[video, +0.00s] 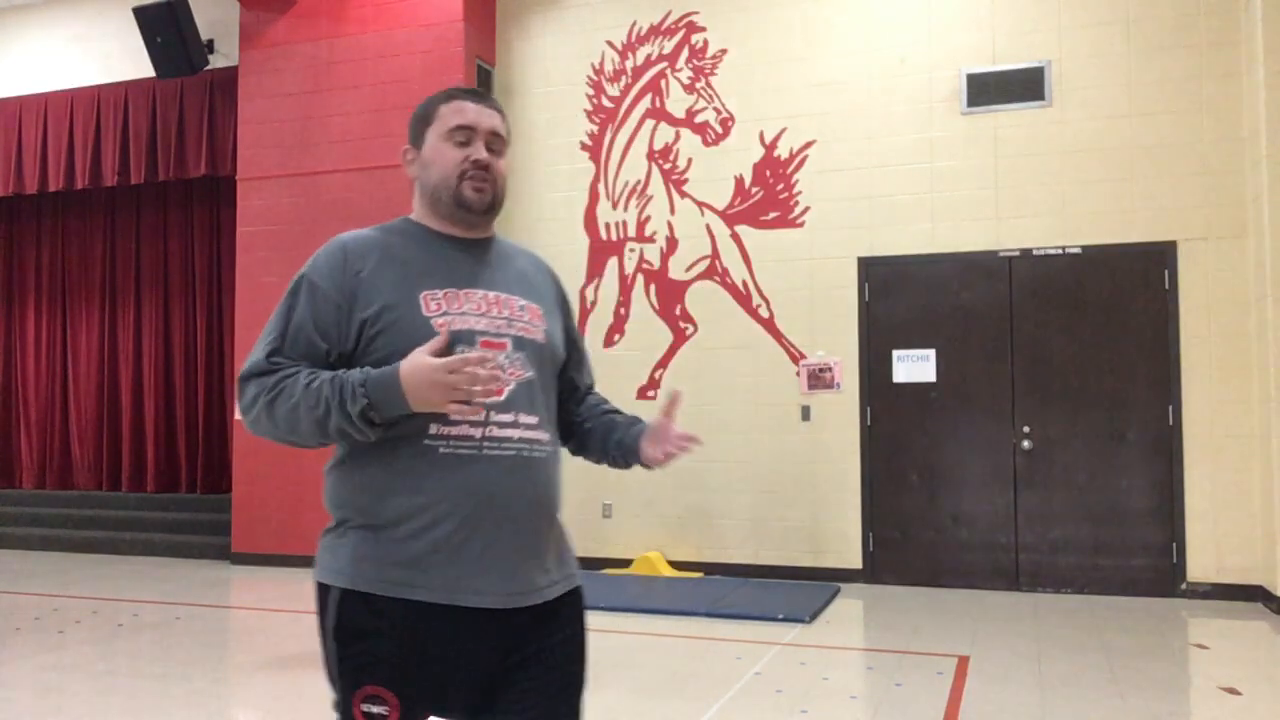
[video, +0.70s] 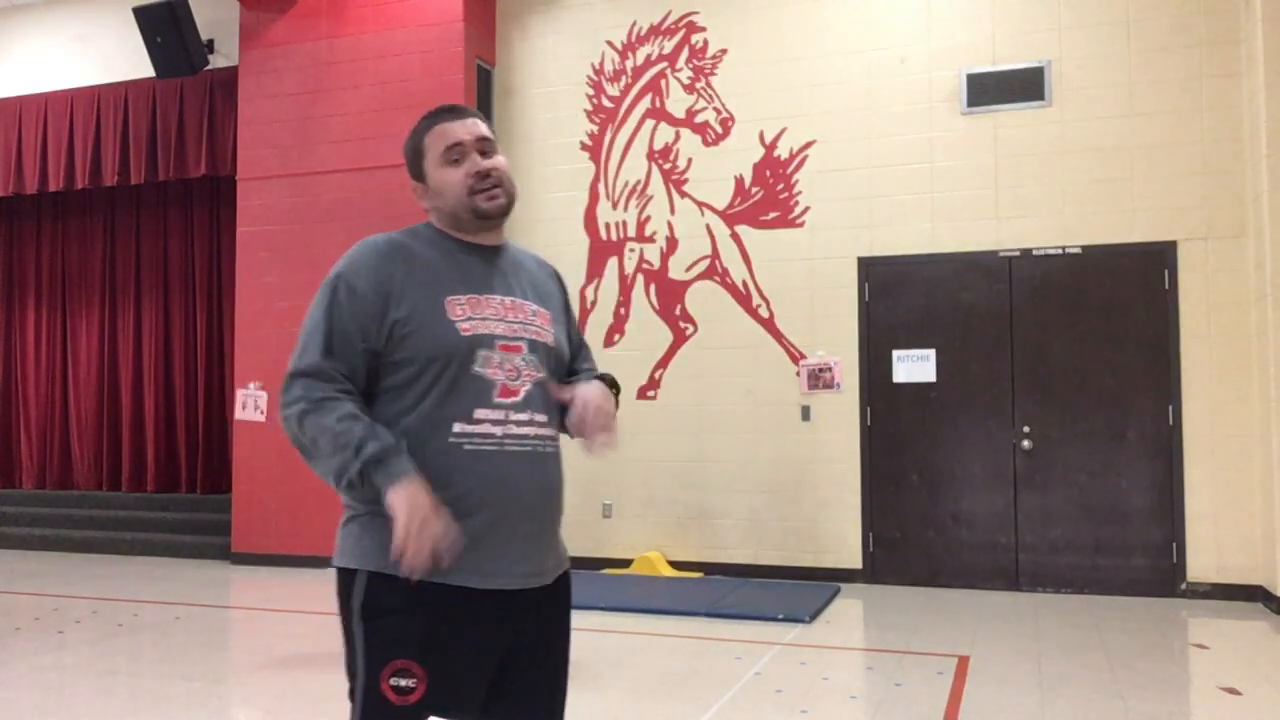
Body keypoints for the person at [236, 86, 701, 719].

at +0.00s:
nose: (482, 155)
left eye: (496, 144)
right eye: (461, 138)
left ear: (509, 167)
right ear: (412, 158)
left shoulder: (539, 279)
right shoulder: (350, 264)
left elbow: (572, 406)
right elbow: (264, 394)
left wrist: (635, 438)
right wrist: (393, 389)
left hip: (535, 600)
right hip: (392, 597)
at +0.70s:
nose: (483, 164)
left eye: (488, 148)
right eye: (456, 157)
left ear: (505, 161)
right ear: (422, 189)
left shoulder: (542, 278)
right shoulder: (377, 268)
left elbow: (575, 372)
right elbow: (310, 396)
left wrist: (596, 391)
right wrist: (396, 479)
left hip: (533, 581)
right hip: (412, 579)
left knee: (528, 712)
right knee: (397, 710)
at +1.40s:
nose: (542, 181)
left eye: (552, 168)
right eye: (519, 171)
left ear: (571, 188)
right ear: (485, 199)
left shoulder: (603, 288)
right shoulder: (439, 273)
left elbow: (657, 402)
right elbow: (381, 403)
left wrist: (651, 365)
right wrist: (395, 523)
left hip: (583, 570)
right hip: (469, 567)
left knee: (569, 713)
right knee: (462, 711)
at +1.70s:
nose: (534, 181)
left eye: (548, 171)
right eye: (514, 170)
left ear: (567, 194)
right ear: (483, 197)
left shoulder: (609, 285)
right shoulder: (433, 272)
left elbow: (704, 350)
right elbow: (360, 377)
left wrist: (684, 339)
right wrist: (435, 431)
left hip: (580, 570)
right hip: (463, 565)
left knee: (568, 713)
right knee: (465, 711)